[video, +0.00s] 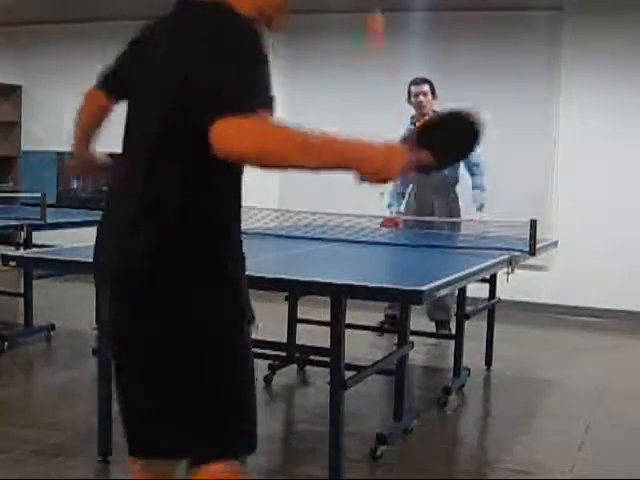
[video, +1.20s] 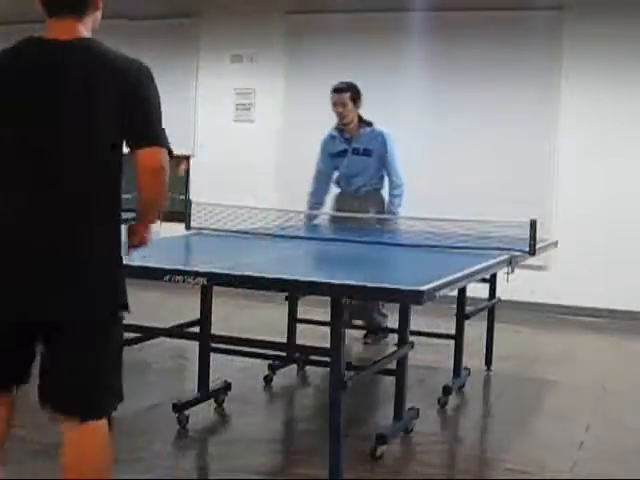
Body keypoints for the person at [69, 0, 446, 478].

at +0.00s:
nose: (290, 8)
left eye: (290, 2)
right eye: (287, 0)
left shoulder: (163, 29)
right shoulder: (231, 34)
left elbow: (96, 100)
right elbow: (235, 135)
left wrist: (80, 154)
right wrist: (360, 154)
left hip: (127, 267)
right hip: (194, 273)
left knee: (149, 446)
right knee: (221, 449)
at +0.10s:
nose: (282, 10)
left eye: (284, 4)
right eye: (281, 2)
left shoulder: (150, 40)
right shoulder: (237, 37)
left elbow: (78, 104)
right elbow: (253, 129)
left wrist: (42, 157)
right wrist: (380, 162)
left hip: (126, 282)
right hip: (195, 285)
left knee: (150, 451)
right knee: (225, 455)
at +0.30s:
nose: (252, 6)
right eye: (251, 2)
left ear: (187, 1)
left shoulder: (123, 55)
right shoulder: (242, 52)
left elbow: (53, 132)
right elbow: (252, 154)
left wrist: (12, 209)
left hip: (101, 304)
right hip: (183, 314)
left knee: (122, 446)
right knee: (217, 462)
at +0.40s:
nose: (233, 8)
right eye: (232, 8)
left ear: (169, 3)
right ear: (222, 5)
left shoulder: (99, 52)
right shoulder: (230, 53)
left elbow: (39, 148)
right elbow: (223, 166)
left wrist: (14, 232)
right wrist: (255, 271)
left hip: (87, 281)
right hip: (175, 292)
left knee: (101, 416)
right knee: (193, 459)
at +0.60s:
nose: (177, 12)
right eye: (178, 7)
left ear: (109, 7)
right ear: (169, 7)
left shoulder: (46, 74)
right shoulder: (182, 75)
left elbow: (5, 163)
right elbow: (201, 177)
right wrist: (209, 266)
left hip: (51, 293)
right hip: (139, 299)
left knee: (35, 433)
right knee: (161, 458)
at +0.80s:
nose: (124, 13)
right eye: (124, 8)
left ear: (59, 8)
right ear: (117, 7)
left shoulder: (9, 64)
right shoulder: (137, 70)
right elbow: (168, 165)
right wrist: (178, 245)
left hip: (14, 273)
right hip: (102, 277)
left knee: (14, 427)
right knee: (136, 435)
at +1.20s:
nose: (101, 12)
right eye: (102, 8)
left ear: (40, 8)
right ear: (97, 8)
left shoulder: (8, 64)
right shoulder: (125, 74)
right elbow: (153, 162)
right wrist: (145, 221)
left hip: (10, 262)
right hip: (85, 266)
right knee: (84, 415)